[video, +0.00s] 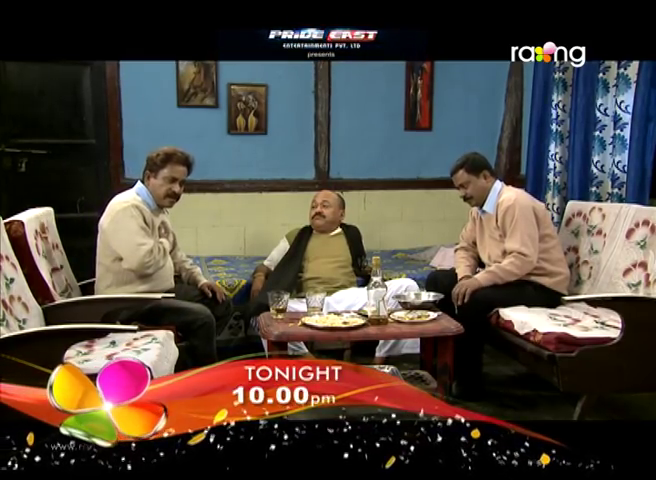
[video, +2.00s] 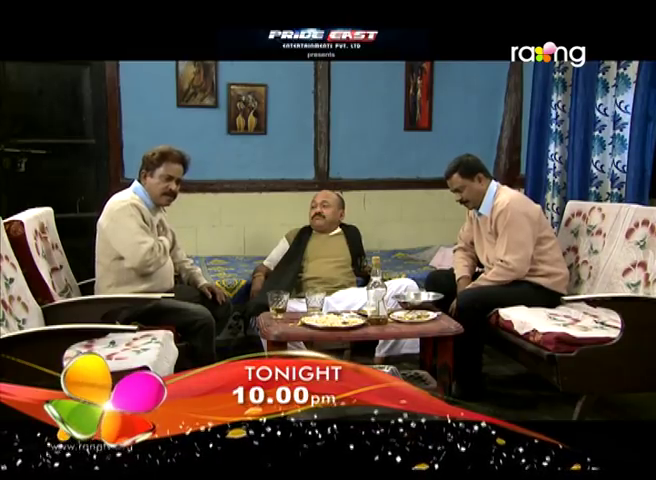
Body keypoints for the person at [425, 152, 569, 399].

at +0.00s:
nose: (462, 194)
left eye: (465, 186)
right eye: (459, 190)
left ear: (485, 177)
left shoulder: (516, 203)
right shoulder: (479, 209)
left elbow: (523, 259)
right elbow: (465, 247)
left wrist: (477, 281)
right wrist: (465, 276)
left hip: (542, 286)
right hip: (504, 277)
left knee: (471, 301)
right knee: (437, 280)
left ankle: (467, 384)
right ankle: (439, 369)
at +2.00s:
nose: (458, 198)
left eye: (460, 191)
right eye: (454, 193)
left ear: (480, 179)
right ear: (478, 181)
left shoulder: (512, 206)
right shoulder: (477, 208)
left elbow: (513, 266)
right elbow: (464, 248)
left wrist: (465, 294)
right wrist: (463, 283)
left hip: (542, 286)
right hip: (503, 277)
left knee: (468, 302)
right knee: (437, 280)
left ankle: (468, 385)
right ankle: (440, 368)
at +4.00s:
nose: (459, 198)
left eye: (461, 189)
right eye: (456, 192)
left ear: (482, 179)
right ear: (479, 181)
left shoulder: (514, 206)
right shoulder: (478, 208)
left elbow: (513, 267)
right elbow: (464, 248)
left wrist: (467, 294)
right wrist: (463, 282)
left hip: (541, 286)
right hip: (504, 277)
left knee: (468, 303)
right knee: (437, 280)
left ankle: (467, 387)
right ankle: (440, 371)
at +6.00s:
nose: (477, 181)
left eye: (482, 174)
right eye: (475, 176)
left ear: (505, 171)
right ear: (500, 173)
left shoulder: (530, 201)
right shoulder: (489, 206)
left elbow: (515, 259)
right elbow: (469, 246)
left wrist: (472, 291)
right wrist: (464, 279)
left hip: (541, 285)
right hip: (505, 277)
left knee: (468, 303)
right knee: (437, 281)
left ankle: (467, 385)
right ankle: (437, 369)